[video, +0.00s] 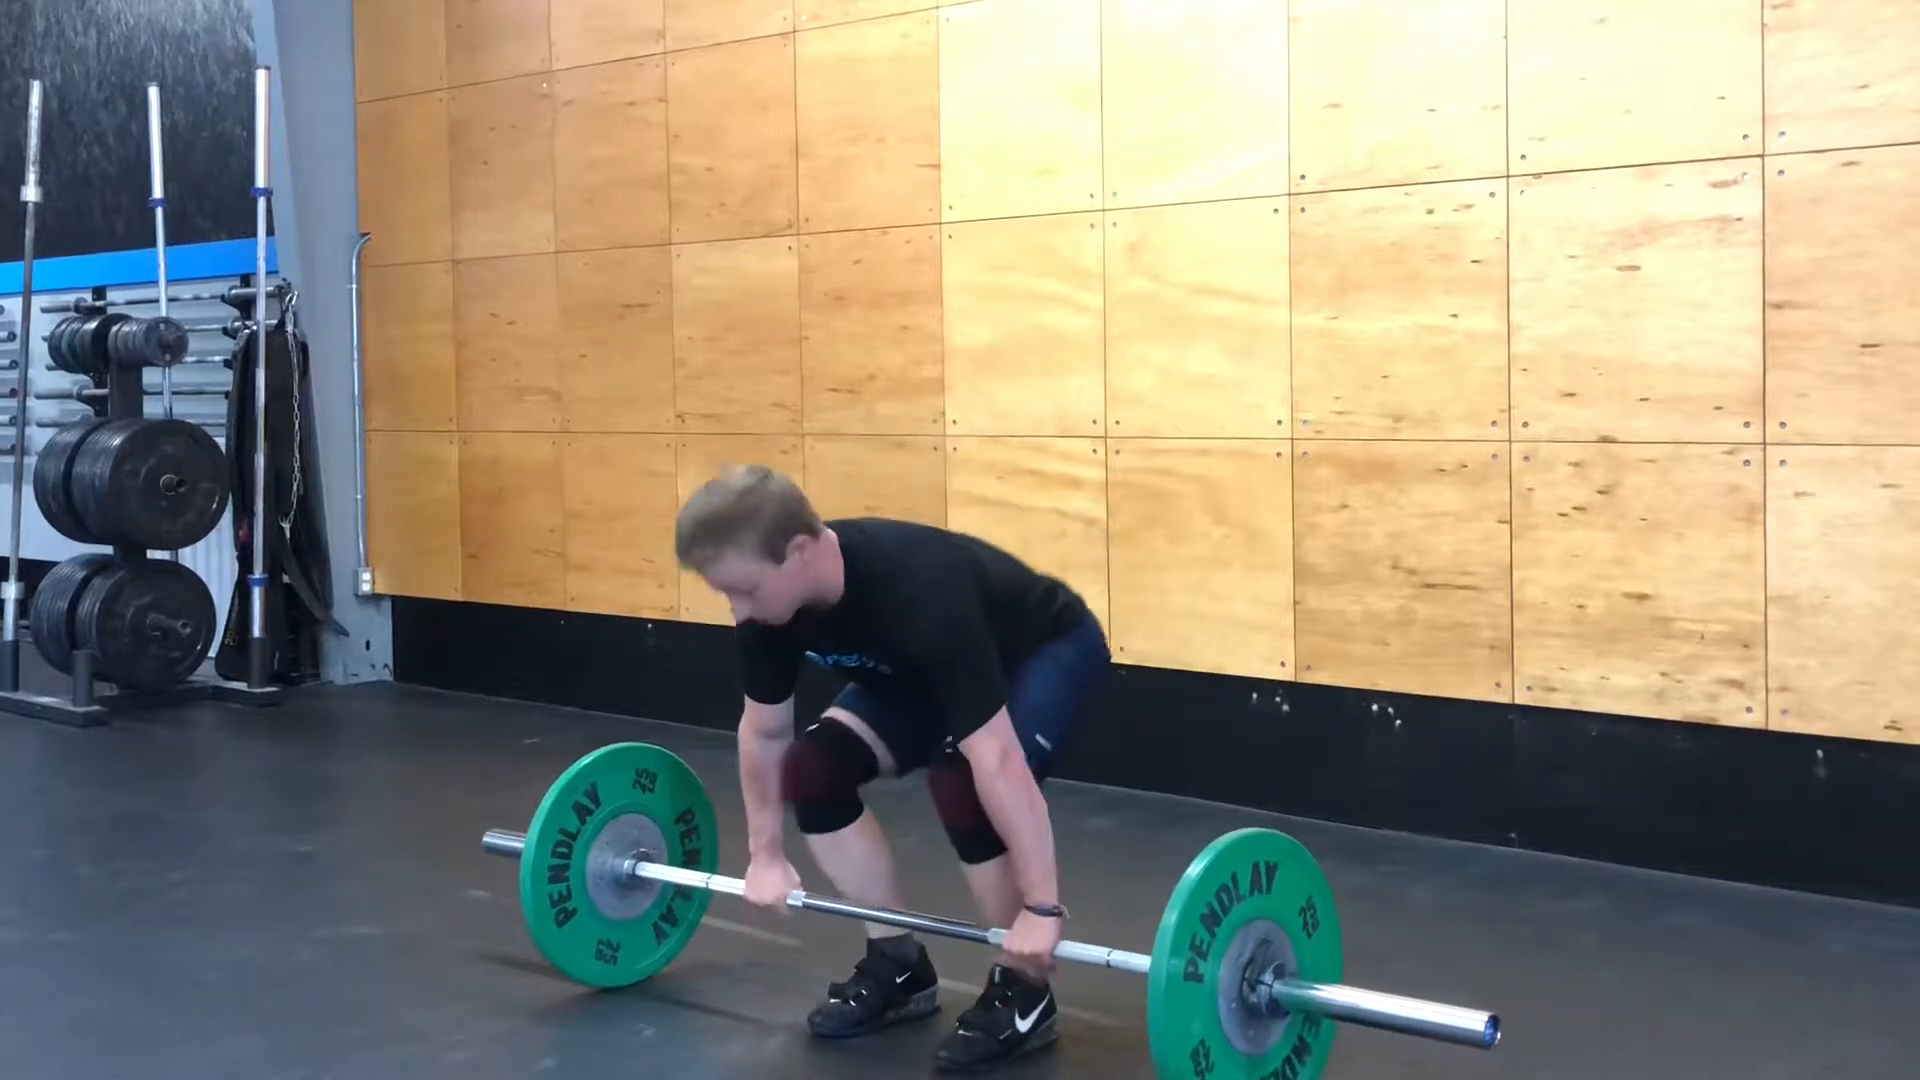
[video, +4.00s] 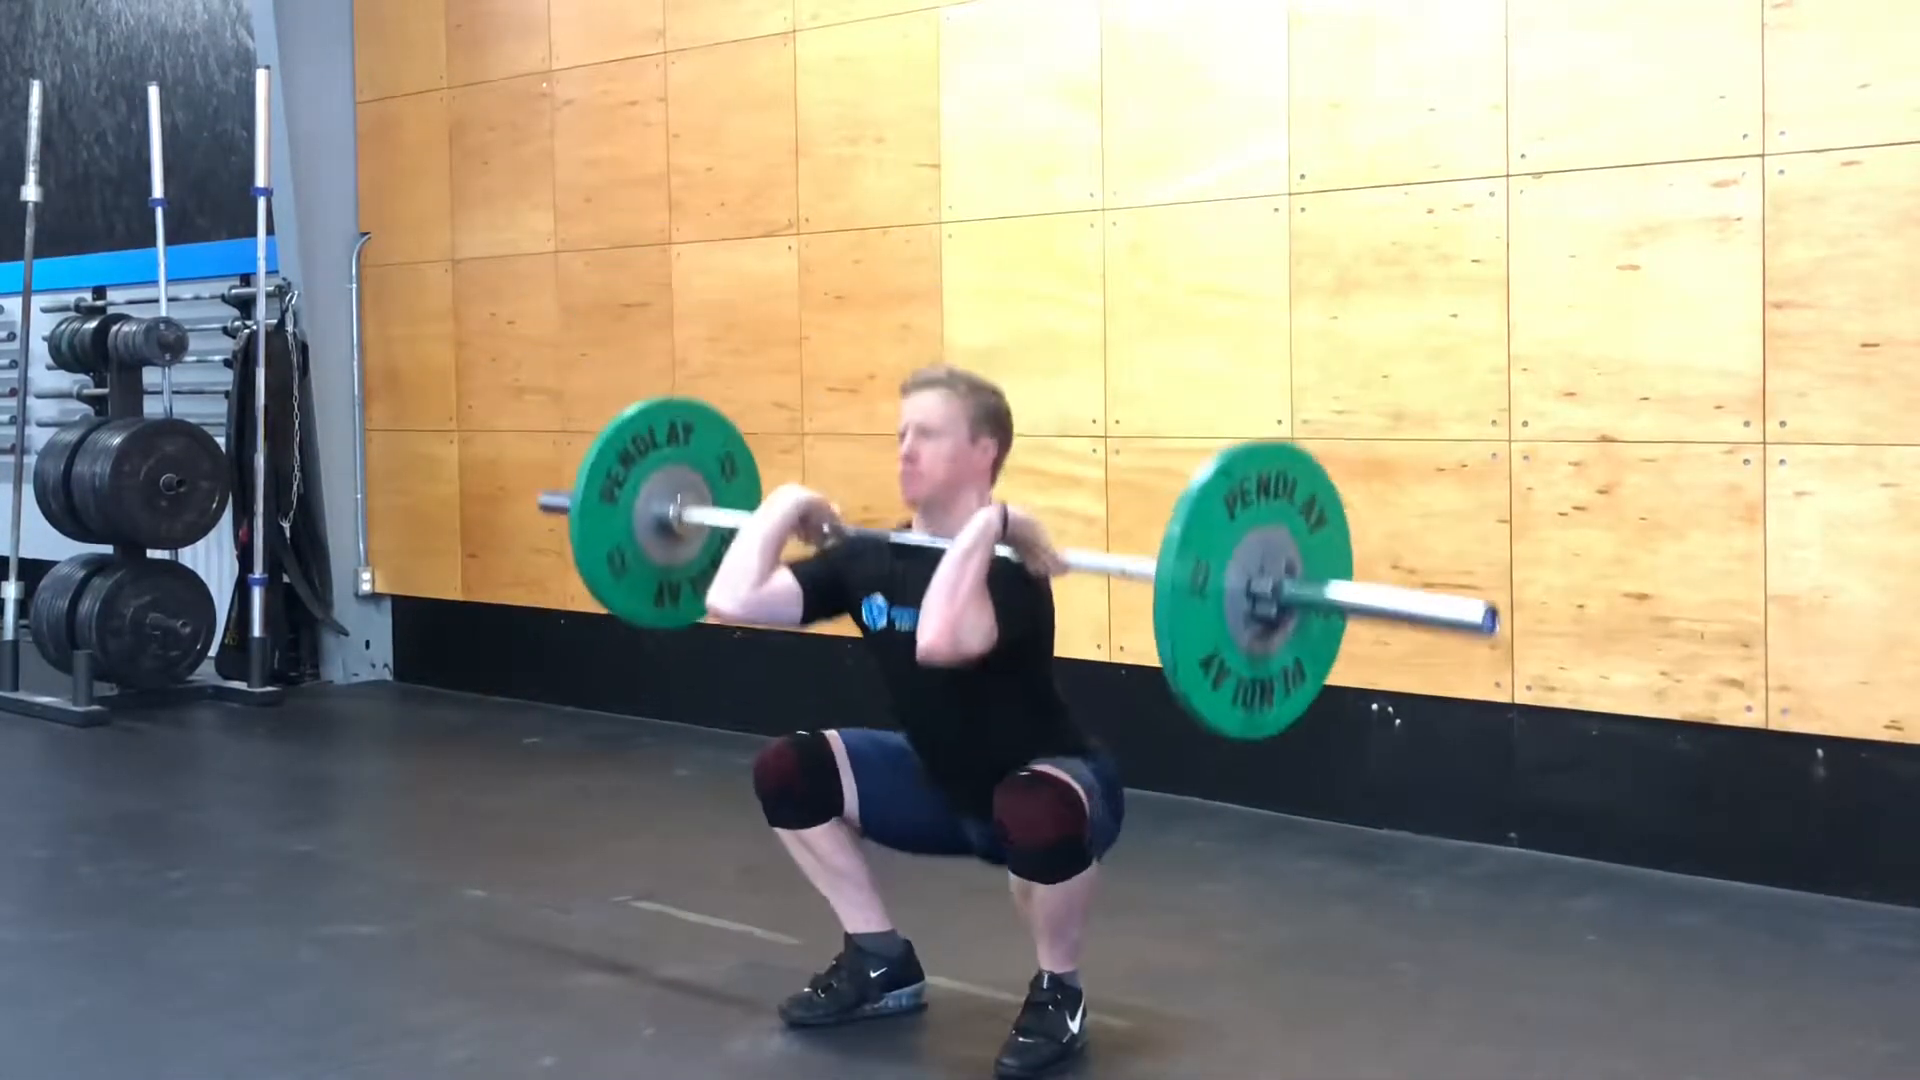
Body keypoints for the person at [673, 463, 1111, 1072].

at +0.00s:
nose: (736, 610)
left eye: (743, 591)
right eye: (726, 594)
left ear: (800, 552)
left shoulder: (922, 592)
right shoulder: (768, 604)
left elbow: (1000, 759)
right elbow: (763, 732)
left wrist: (1043, 908)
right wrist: (765, 856)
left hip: (1047, 650)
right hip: (939, 658)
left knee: (962, 782)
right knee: (814, 769)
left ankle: (1024, 991)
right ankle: (897, 962)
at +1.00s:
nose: (845, 129)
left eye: (867, 113)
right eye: (844, 113)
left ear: (931, 132)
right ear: (853, 133)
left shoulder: (989, 263)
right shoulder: (833, 267)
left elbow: (1043, 410)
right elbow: (802, 403)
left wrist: (1046, 550)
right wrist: (782, 524)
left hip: (1006, 538)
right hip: (905, 533)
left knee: (1007, 760)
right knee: (875, 739)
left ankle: (1023, 986)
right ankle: (897, 960)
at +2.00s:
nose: (922, 123)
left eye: (944, 109)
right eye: (922, 110)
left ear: (1002, 130)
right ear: (929, 129)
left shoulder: (1038, 251)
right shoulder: (888, 251)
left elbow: (1059, 398)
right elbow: (837, 388)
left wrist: (1046, 535)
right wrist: (792, 505)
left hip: (991, 533)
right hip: (887, 526)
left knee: (996, 759)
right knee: (856, 736)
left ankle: (1024, 987)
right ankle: (896, 961)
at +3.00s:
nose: (905, 116)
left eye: (927, 103)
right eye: (904, 103)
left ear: (985, 128)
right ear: (914, 128)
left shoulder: (1024, 253)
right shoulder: (874, 254)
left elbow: (1044, 409)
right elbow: (834, 392)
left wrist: (1046, 552)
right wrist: (797, 518)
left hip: (995, 535)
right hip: (895, 529)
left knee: (999, 759)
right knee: (859, 735)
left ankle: (1023, 989)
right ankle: (897, 959)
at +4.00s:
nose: (905, 450)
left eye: (926, 435)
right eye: (902, 435)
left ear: (984, 454)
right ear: (899, 449)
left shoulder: (1015, 573)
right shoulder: (871, 560)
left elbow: (941, 641)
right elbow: (732, 599)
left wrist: (987, 521)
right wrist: (785, 503)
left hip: (1051, 783)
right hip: (942, 782)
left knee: (1036, 807)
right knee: (790, 770)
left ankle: (1058, 996)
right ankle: (880, 959)